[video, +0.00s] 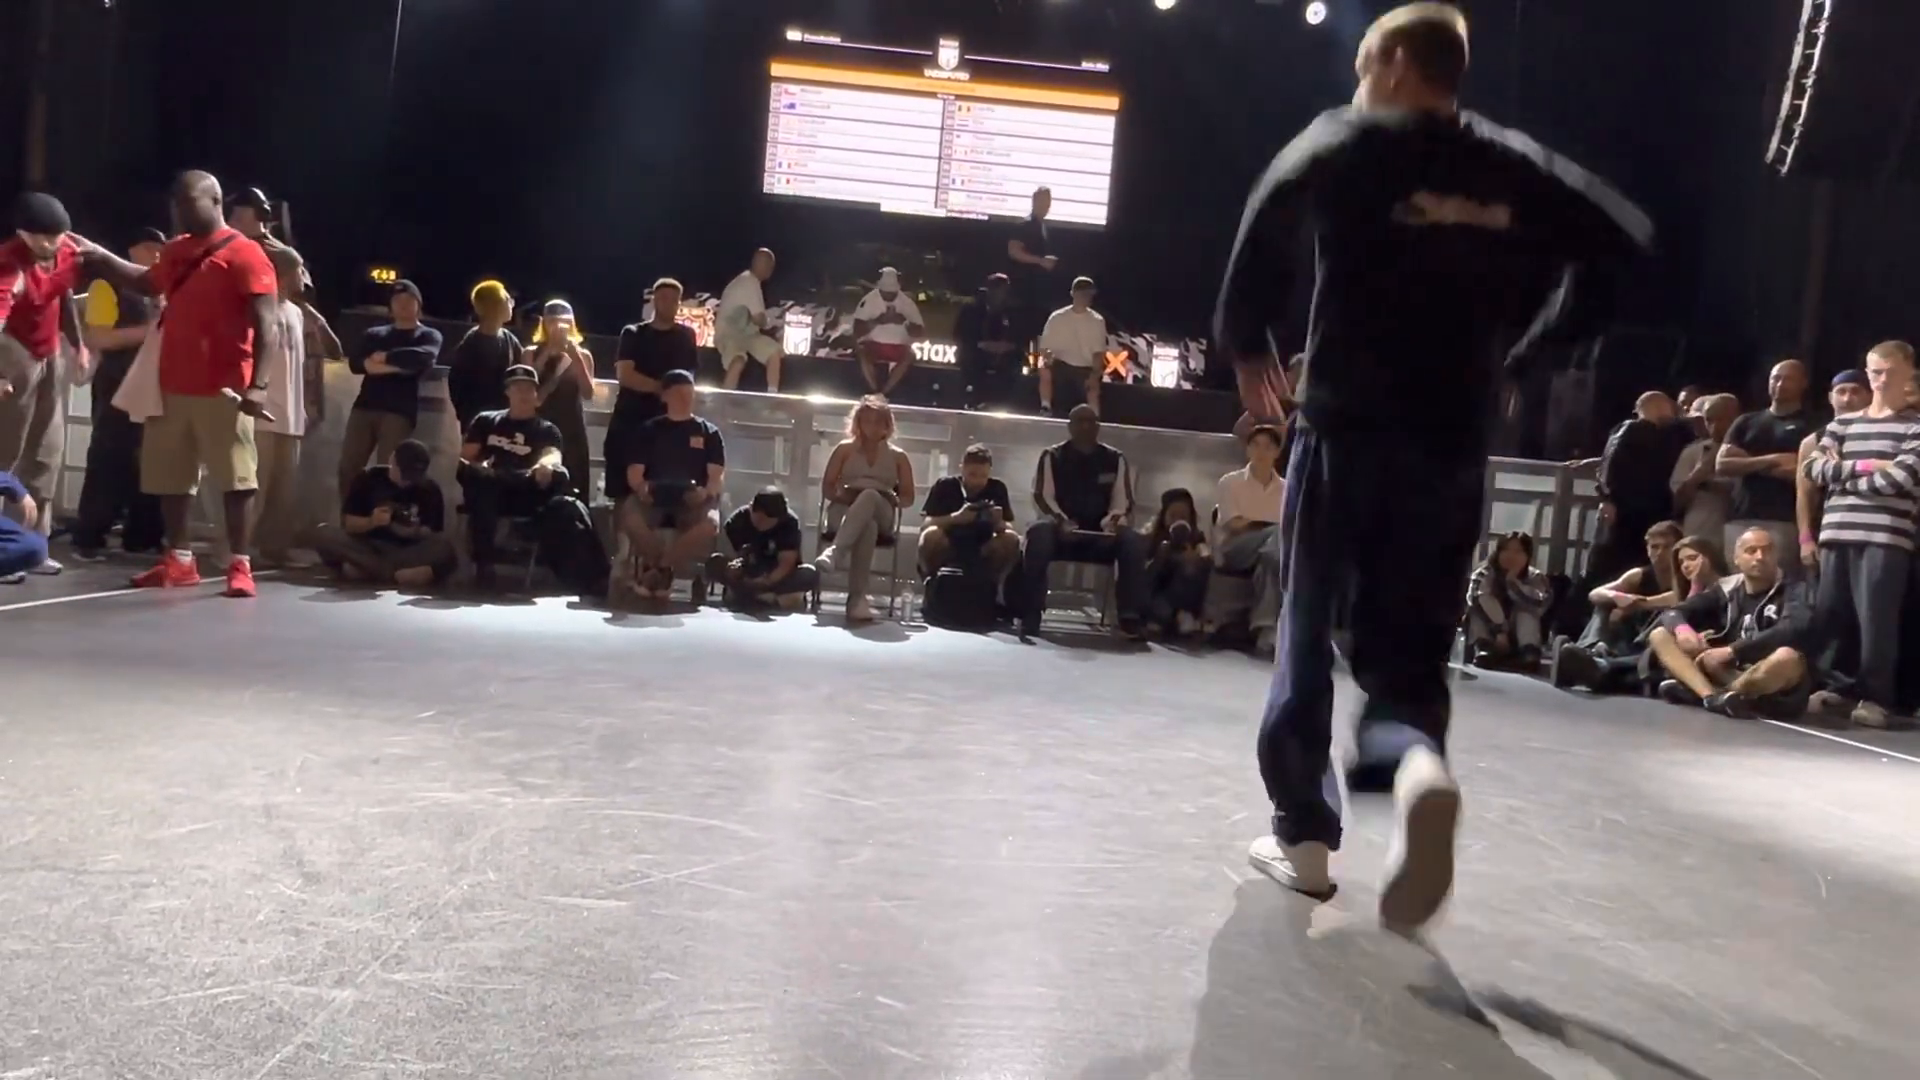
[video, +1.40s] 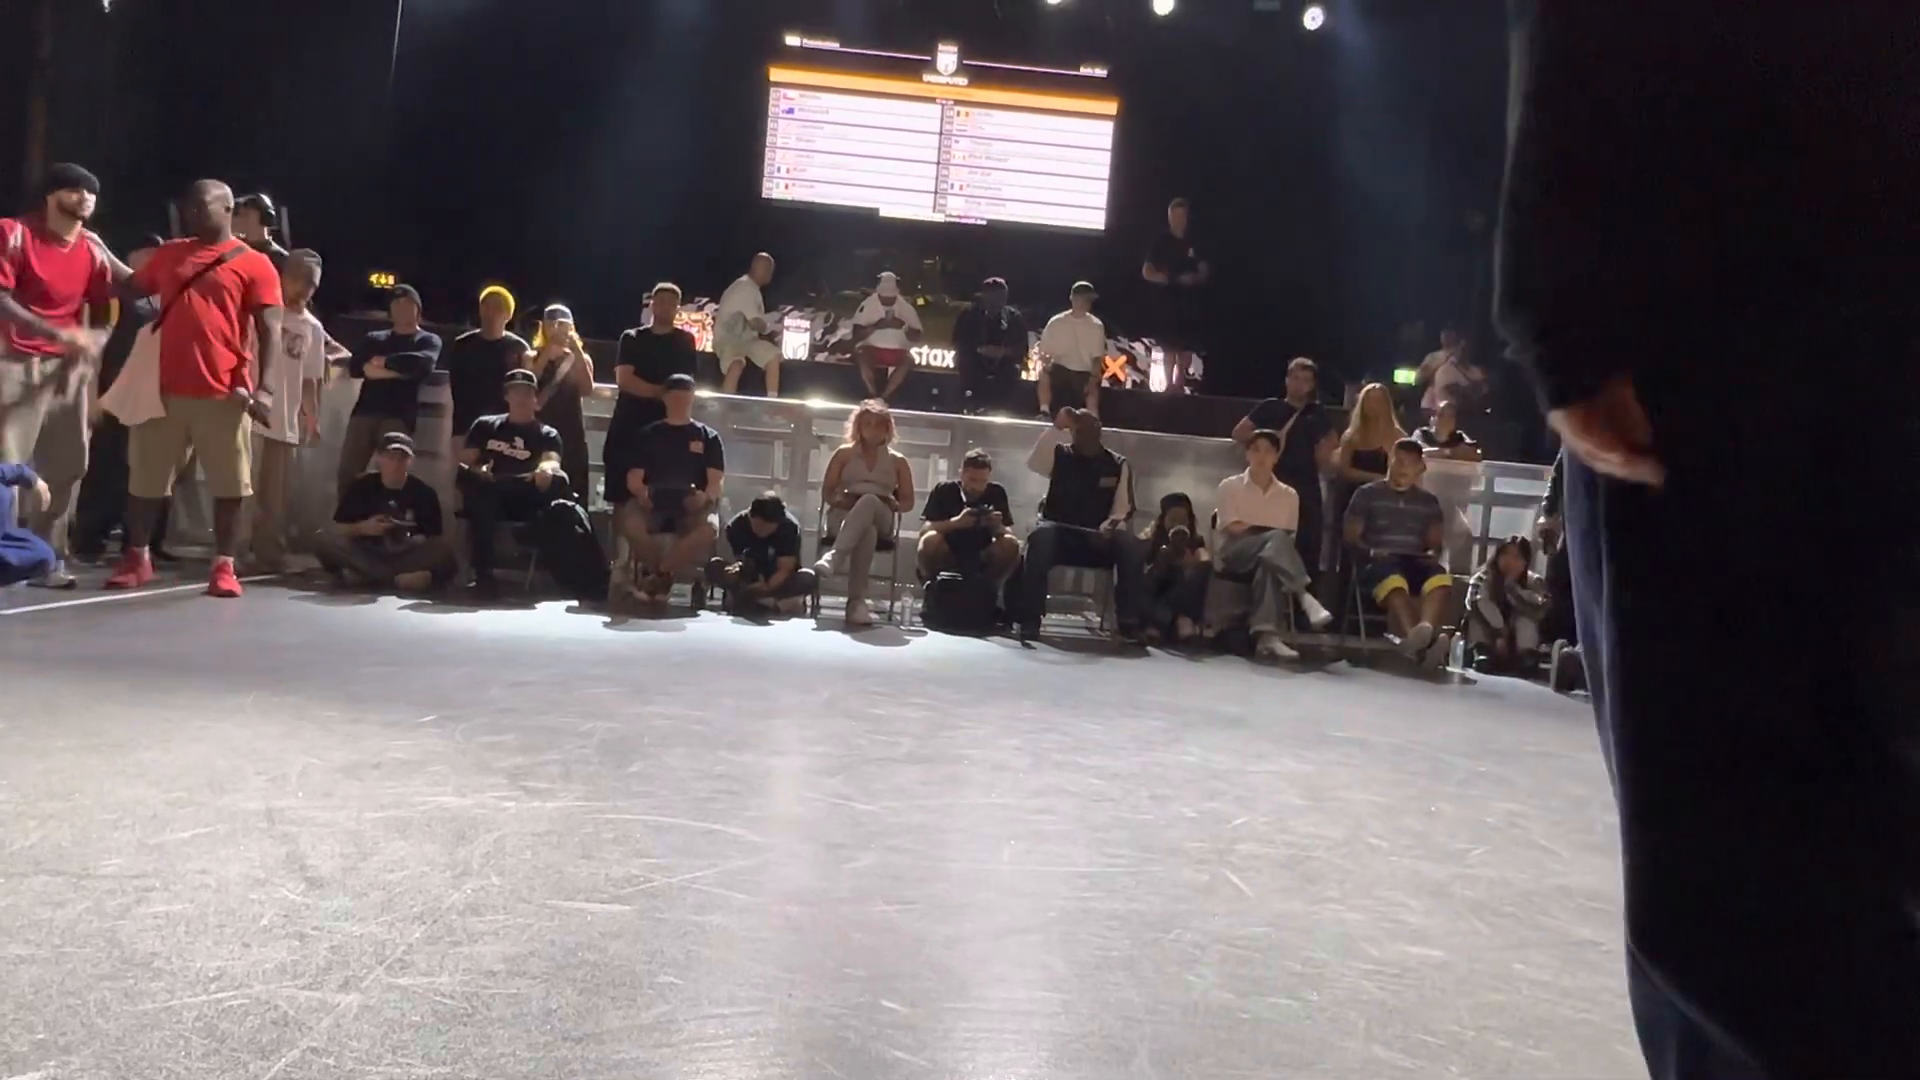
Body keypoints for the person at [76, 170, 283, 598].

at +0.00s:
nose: (180, 211)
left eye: (188, 202)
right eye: (177, 203)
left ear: (214, 200)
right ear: (177, 207)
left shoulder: (245, 252)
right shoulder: (177, 250)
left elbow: (268, 324)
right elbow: (148, 282)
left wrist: (260, 385)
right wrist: (102, 257)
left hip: (226, 390)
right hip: (172, 389)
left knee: (237, 481)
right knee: (171, 477)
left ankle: (240, 564)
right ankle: (178, 559)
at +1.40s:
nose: (190, 212)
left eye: (199, 204)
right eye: (188, 205)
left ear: (226, 207)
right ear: (186, 211)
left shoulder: (254, 263)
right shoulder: (169, 254)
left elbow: (270, 330)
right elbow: (128, 288)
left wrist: (265, 387)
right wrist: (96, 253)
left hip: (223, 393)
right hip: (161, 388)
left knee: (230, 485)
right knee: (145, 480)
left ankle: (224, 565)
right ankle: (137, 560)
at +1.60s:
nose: (161, 213)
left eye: (169, 205)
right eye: (159, 207)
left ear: (194, 207)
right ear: (158, 213)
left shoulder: (227, 259)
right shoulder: (141, 258)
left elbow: (251, 324)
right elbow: (99, 306)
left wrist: (259, 385)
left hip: (206, 395)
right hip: (143, 394)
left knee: (216, 488)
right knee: (136, 487)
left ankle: (219, 569)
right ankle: (133, 566)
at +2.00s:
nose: (112, 224)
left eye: (118, 216)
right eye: (106, 218)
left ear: (140, 217)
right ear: (101, 226)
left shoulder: (180, 261)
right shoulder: (95, 270)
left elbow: (215, 321)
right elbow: (69, 335)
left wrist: (236, 378)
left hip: (181, 403)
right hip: (120, 405)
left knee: (191, 497)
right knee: (120, 498)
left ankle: (197, 574)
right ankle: (125, 575)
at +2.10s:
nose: (106, 228)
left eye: (111, 219)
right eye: (98, 222)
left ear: (129, 219)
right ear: (92, 229)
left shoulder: (171, 261)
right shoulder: (86, 272)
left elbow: (209, 321)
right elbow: (68, 333)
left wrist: (228, 375)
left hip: (177, 403)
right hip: (116, 406)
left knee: (185, 494)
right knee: (116, 497)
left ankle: (183, 574)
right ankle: (121, 576)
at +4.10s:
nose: (98, 278)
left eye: (106, 269)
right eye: (96, 271)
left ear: (132, 268)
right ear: (96, 275)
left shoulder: (174, 313)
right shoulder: (84, 321)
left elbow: (214, 375)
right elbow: (66, 387)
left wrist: (221, 421)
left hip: (172, 447)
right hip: (113, 451)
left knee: (187, 537)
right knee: (117, 543)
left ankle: (189, 615)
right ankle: (126, 621)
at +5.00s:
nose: (123, 274)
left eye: (127, 264)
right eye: (121, 268)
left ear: (156, 260)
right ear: (125, 271)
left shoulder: (203, 304)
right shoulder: (116, 312)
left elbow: (241, 362)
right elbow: (96, 371)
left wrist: (239, 421)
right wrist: (127, 340)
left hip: (199, 441)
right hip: (140, 443)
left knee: (209, 533)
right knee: (139, 534)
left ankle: (206, 610)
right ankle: (143, 612)